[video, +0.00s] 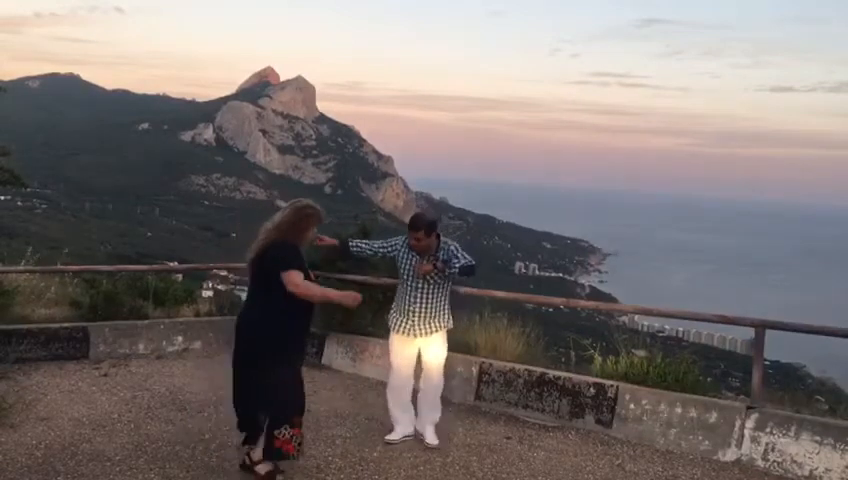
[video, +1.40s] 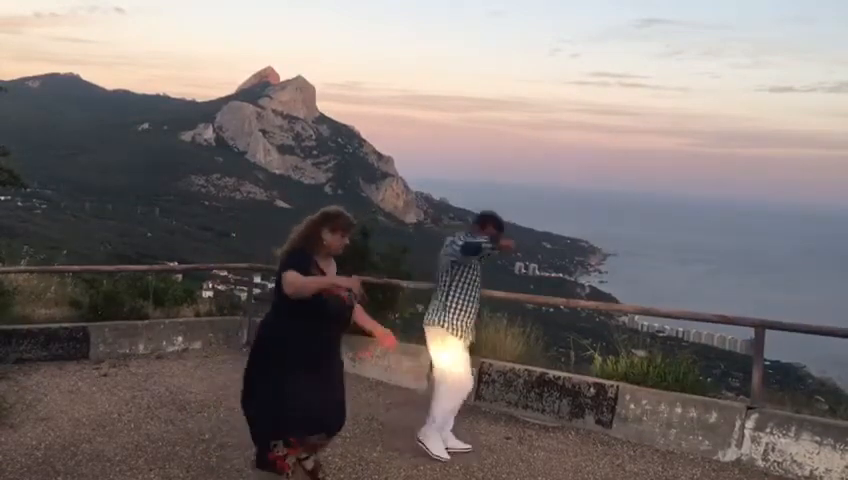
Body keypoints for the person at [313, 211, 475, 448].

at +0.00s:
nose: (413, 243)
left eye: (418, 240)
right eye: (411, 238)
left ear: (433, 236)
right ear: (408, 233)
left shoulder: (449, 249)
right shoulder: (402, 244)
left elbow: (470, 268)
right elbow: (372, 247)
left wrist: (439, 267)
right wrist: (338, 243)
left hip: (435, 327)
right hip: (403, 324)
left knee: (433, 379)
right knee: (400, 377)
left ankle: (427, 425)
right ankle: (403, 425)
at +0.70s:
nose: (447, 256)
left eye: (452, 253)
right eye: (445, 250)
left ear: (459, 248)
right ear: (437, 241)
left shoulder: (466, 255)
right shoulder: (420, 246)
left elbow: (491, 277)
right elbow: (387, 249)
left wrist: (464, 278)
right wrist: (352, 245)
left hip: (441, 330)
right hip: (411, 327)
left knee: (441, 382)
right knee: (411, 384)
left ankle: (428, 430)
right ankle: (411, 439)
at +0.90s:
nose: (459, 256)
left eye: (464, 253)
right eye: (456, 251)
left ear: (470, 251)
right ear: (447, 241)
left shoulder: (469, 260)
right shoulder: (429, 248)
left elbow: (488, 279)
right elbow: (401, 253)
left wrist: (475, 292)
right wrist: (377, 255)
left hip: (440, 330)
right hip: (411, 328)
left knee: (447, 378)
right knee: (413, 382)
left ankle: (425, 427)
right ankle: (409, 437)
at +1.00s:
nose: (465, 257)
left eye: (470, 254)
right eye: (462, 251)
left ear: (475, 252)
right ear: (454, 242)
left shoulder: (473, 264)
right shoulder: (436, 248)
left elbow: (483, 285)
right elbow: (412, 255)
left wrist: (472, 303)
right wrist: (398, 258)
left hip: (442, 332)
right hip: (413, 329)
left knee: (455, 380)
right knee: (415, 384)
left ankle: (429, 422)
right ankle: (410, 437)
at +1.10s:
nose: (473, 256)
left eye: (478, 253)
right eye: (471, 249)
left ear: (482, 251)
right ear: (461, 241)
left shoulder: (475, 268)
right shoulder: (446, 246)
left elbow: (473, 301)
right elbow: (420, 252)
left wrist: (468, 314)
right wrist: (429, 256)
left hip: (445, 334)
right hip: (418, 328)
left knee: (451, 383)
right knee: (419, 383)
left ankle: (442, 437)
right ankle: (410, 440)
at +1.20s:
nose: (484, 253)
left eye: (487, 250)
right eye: (483, 247)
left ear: (484, 247)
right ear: (474, 238)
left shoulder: (473, 263)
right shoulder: (449, 245)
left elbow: (472, 293)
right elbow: (432, 251)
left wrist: (470, 310)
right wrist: (462, 251)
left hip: (451, 332)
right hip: (427, 327)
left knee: (452, 383)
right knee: (433, 380)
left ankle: (442, 437)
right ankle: (413, 433)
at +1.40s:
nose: (491, 240)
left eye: (493, 236)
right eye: (490, 234)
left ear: (487, 234)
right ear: (481, 227)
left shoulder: (474, 254)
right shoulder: (455, 241)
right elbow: (468, 247)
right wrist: (494, 245)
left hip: (456, 329)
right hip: (443, 326)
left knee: (456, 381)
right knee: (459, 381)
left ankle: (444, 433)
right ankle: (430, 432)